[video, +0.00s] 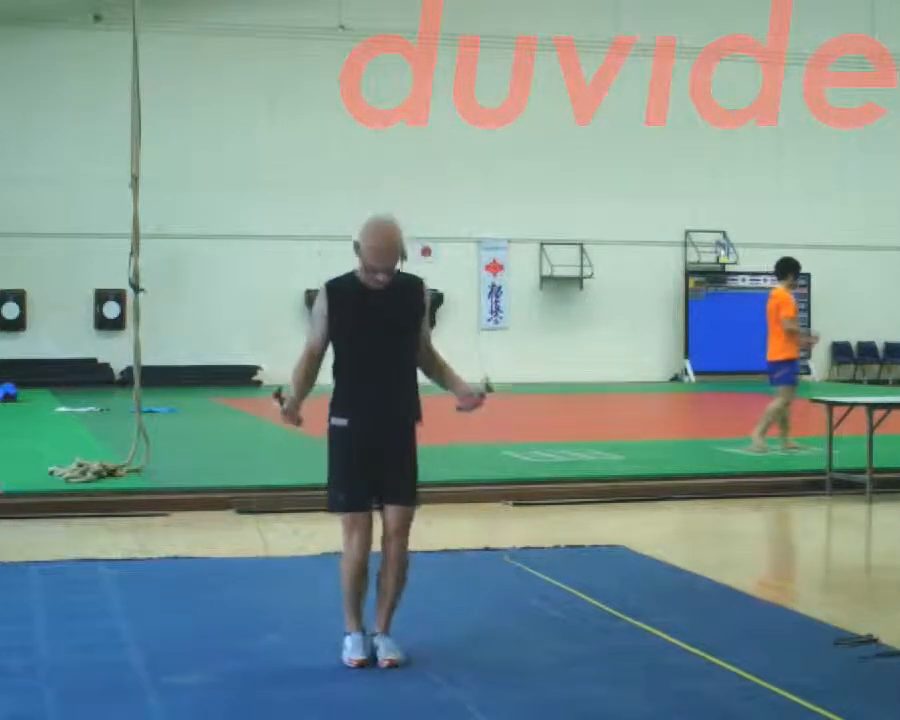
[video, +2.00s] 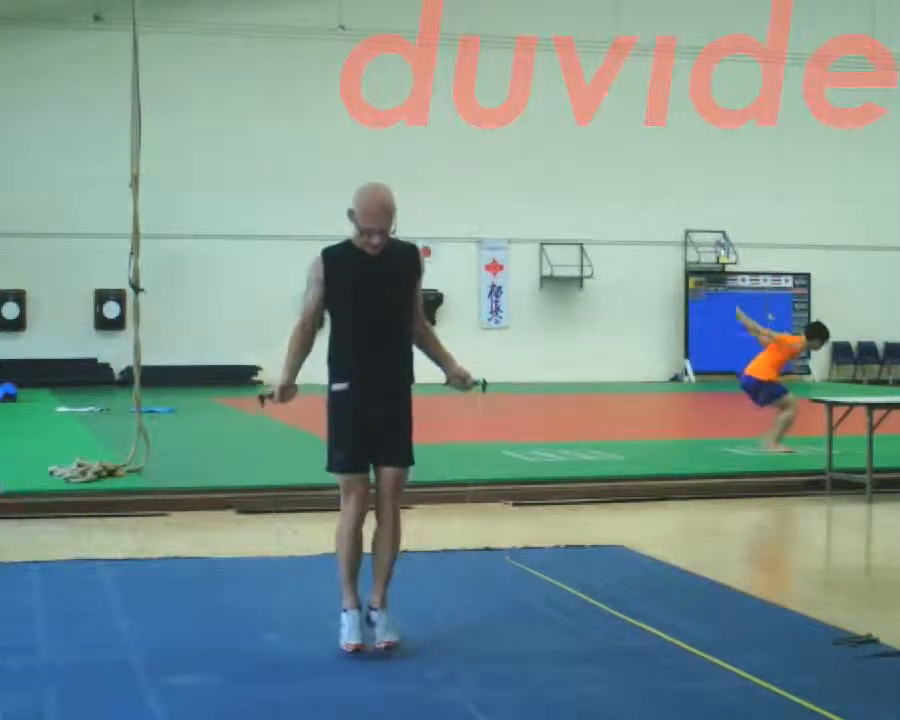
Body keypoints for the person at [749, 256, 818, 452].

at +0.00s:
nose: (797, 280)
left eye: (797, 276)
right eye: (796, 276)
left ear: (780, 275)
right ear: (790, 276)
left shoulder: (776, 295)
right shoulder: (785, 297)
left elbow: (782, 327)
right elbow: (788, 325)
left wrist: (801, 340)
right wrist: (807, 336)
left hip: (778, 354)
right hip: (784, 354)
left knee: (785, 397)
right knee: (784, 396)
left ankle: (785, 438)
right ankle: (758, 433)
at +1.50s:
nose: (801, 286)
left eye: (801, 281)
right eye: (800, 281)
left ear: (783, 280)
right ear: (793, 281)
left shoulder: (771, 299)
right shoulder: (785, 302)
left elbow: (767, 331)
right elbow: (794, 333)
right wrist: (804, 359)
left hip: (766, 357)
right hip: (773, 359)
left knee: (783, 398)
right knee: (763, 399)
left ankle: (778, 439)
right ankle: (748, 441)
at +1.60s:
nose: (810, 286)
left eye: (811, 282)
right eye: (810, 282)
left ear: (795, 279)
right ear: (803, 280)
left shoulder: (782, 294)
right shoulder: (790, 296)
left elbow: (757, 305)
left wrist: (730, 308)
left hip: (773, 351)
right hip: (773, 352)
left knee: (781, 395)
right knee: (769, 394)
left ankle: (778, 437)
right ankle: (752, 440)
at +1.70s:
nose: (816, 292)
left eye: (818, 289)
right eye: (817, 287)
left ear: (804, 281)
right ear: (810, 284)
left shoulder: (783, 291)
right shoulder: (795, 292)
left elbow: (758, 286)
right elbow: (773, 282)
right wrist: (747, 273)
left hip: (769, 344)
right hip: (769, 345)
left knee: (778, 393)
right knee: (771, 392)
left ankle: (779, 435)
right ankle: (767, 436)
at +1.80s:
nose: (817, 310)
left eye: (820, 306)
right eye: (819, 305)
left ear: (809, 294)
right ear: (813, 298)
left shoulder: (784, 296)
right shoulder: (797, 300)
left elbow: (765, 285)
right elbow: (776, 280)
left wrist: (753, 268)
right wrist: (756, 264)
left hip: (760, 346)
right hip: (767, 348)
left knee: (775, 394)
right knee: (776, 395)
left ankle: (773, 437)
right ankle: (773, 438)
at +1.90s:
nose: (818, 335)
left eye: (820, 331)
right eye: (819, 330)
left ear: (810, 320)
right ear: (813, 324)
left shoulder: (789, 319)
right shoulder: (794, 321)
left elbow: (773, 304)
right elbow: (774, 302)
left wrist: (762, 280)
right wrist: (763, 280)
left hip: (752, 363)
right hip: (760, 366)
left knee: (778, 402)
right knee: (782, 403)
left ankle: (772, 440)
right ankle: (773, 442)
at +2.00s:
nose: (820, 347)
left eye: (822, 344)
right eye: (821, 343)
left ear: (809, 335)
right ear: (815, 339)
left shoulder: (791, 341)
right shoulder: (796, 343)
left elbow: (766, 341)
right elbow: (771, 336)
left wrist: (751, 328)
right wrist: (748, 322)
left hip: (752, 376)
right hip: (760, 378)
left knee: (787, 405)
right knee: (791, 404)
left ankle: (771, 440)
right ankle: (774, 443)